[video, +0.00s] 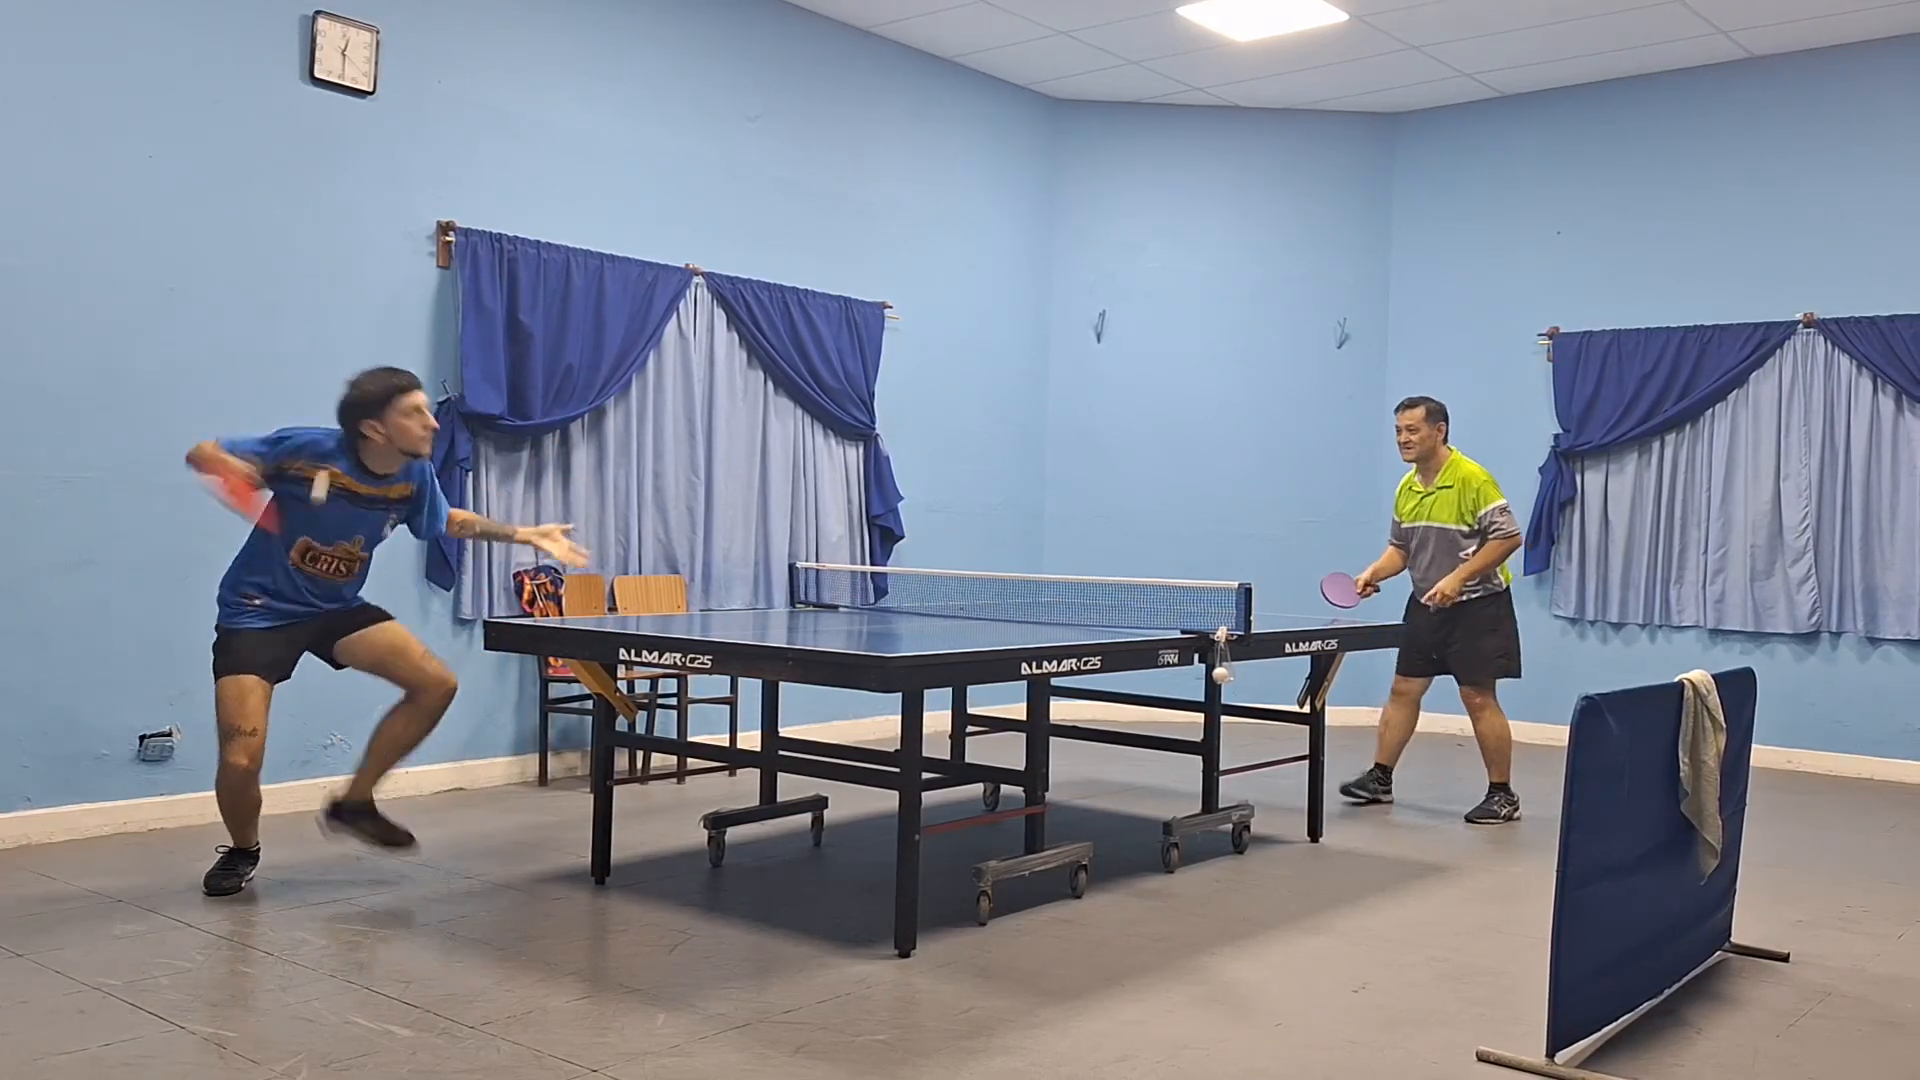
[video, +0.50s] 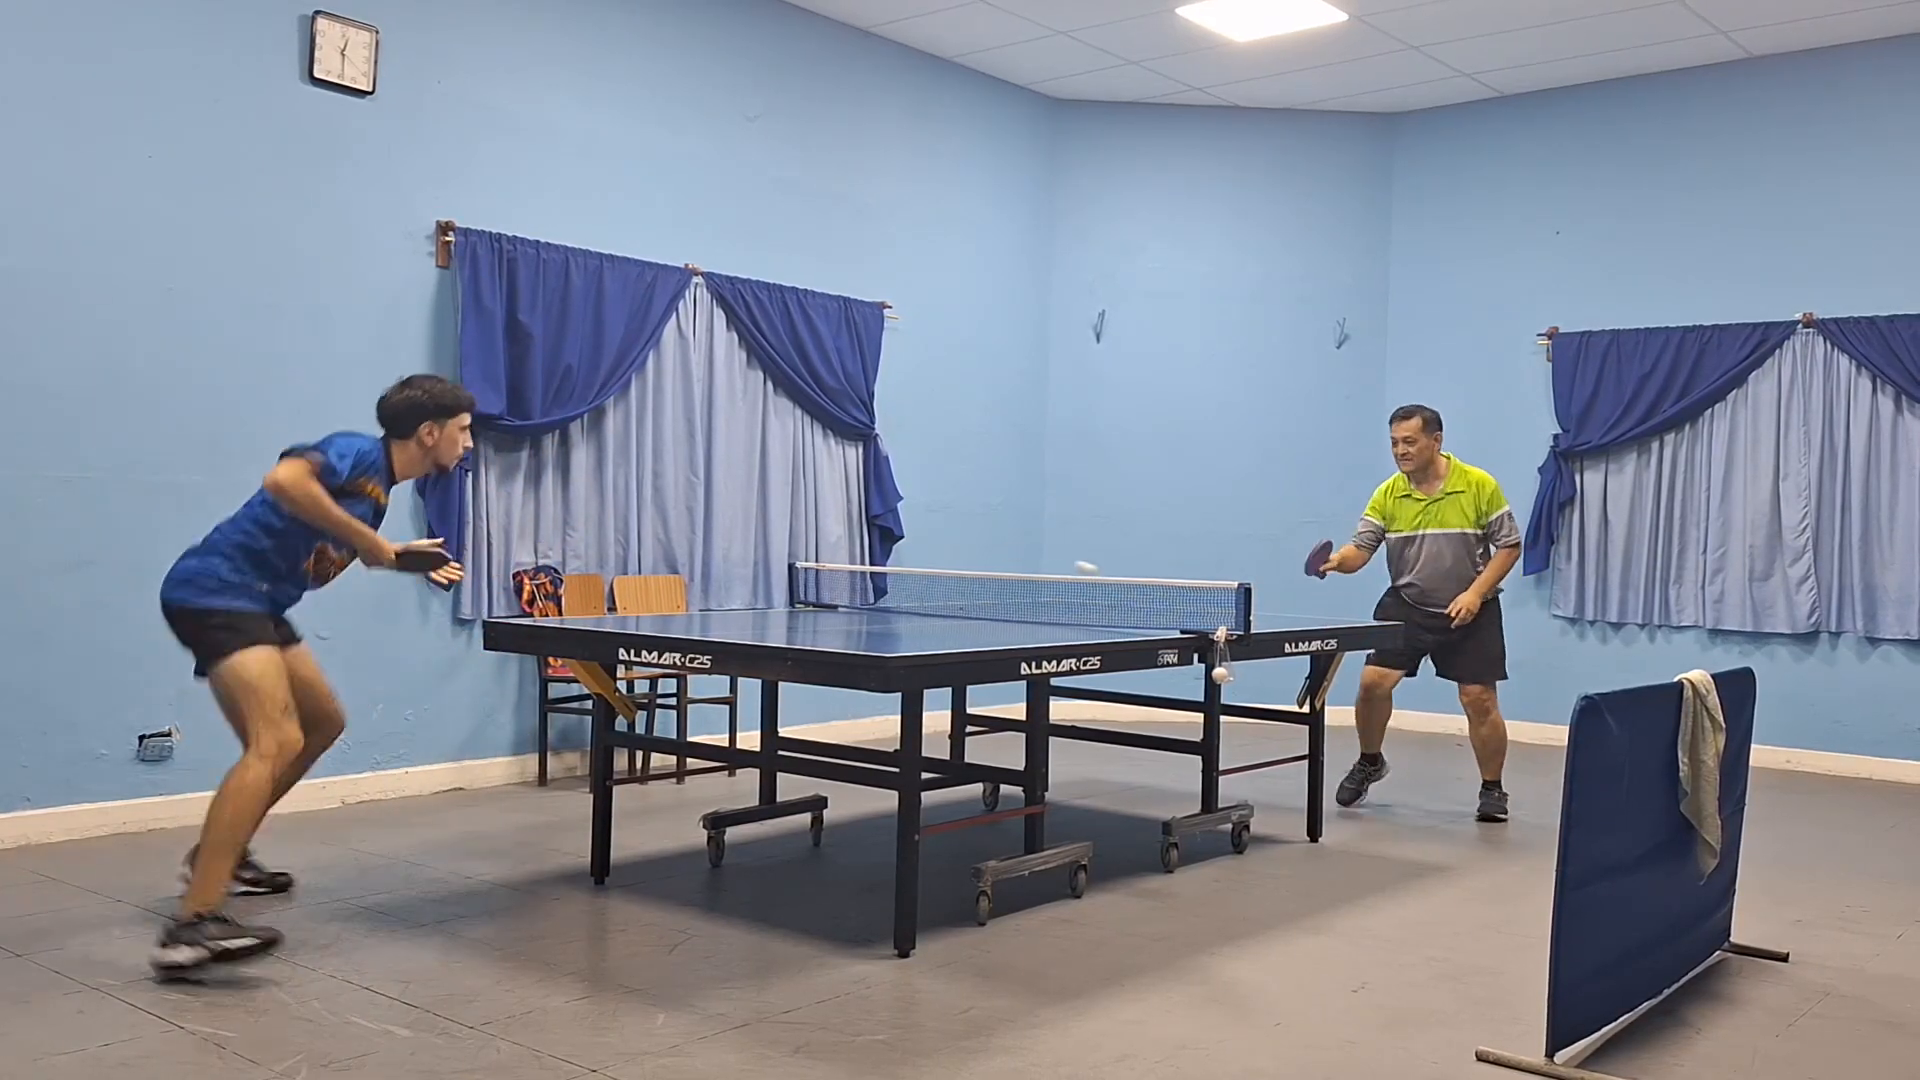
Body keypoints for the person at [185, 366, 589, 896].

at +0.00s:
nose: (432, 422)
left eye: (428, 411)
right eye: (417, 414)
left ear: (384, 430)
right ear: (374, 430)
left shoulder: (416, 474)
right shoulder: (308, 449)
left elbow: (448, 521)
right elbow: (200, 453)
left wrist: (523, 533)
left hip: (335, 609)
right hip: (257, 610)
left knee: (435, 684)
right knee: (240, 759)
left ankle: (353, 802)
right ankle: (242, 849)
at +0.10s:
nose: (476, 472)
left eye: (477, 460)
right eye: (468, 460)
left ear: (429, 462)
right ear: (426, 460)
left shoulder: (424, 503)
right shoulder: (358, 459)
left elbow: (434, 538)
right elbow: (258, 434)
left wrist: (508, 552)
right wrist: (336, 499)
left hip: (324, 613)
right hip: (250, 611)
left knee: (417, 708)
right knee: (246, 766)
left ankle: (377, 849)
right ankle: (238, 845)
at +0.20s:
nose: (496, 475)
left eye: (497, 463)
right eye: (491, 462)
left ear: (455, 461)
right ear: (455, 460)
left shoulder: (416, 505)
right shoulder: (379, 459)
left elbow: (409, 538)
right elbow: (283, 445)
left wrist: (480, 556)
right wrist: (366, 503)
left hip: (323, 615)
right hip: (254, 610)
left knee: (416, 708)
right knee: (271, 759)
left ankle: (377, 850)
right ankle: (203, 814)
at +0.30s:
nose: (494, 451)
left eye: (495, 439)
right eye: (490, 438)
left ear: (455, 439)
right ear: (455, 436)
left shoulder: (412, 490)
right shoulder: (381, 440)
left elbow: (390, 531)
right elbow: (296, 439)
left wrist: (453, 550)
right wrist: (376, 502)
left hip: (317, 603)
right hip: (254, 591)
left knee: (397, 708)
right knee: (286, 738)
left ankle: (376, 849)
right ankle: (155, 799)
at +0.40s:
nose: (486, 436)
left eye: (488, 424)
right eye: (482, 423)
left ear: (445, 422)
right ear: (448, 421)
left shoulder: (389, 476)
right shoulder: (377, 431)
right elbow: (299, 439)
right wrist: (371, 511)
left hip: (282, 583)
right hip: (233, 570)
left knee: (352, 699)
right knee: (286, 719)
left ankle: (345, 845)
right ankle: (151, 848)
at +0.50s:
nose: (469, 444)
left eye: (469, 431)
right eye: (463, 431)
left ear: (428, 433)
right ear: (428, 432)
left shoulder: (374, 495)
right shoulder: (360, 452)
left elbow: (308, 569)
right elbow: (285, 478)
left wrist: (325, 571)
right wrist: (380, 548)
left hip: (256, 601)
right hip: (215, 592)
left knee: (323, 724)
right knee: (276, 741)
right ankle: (195, 918)